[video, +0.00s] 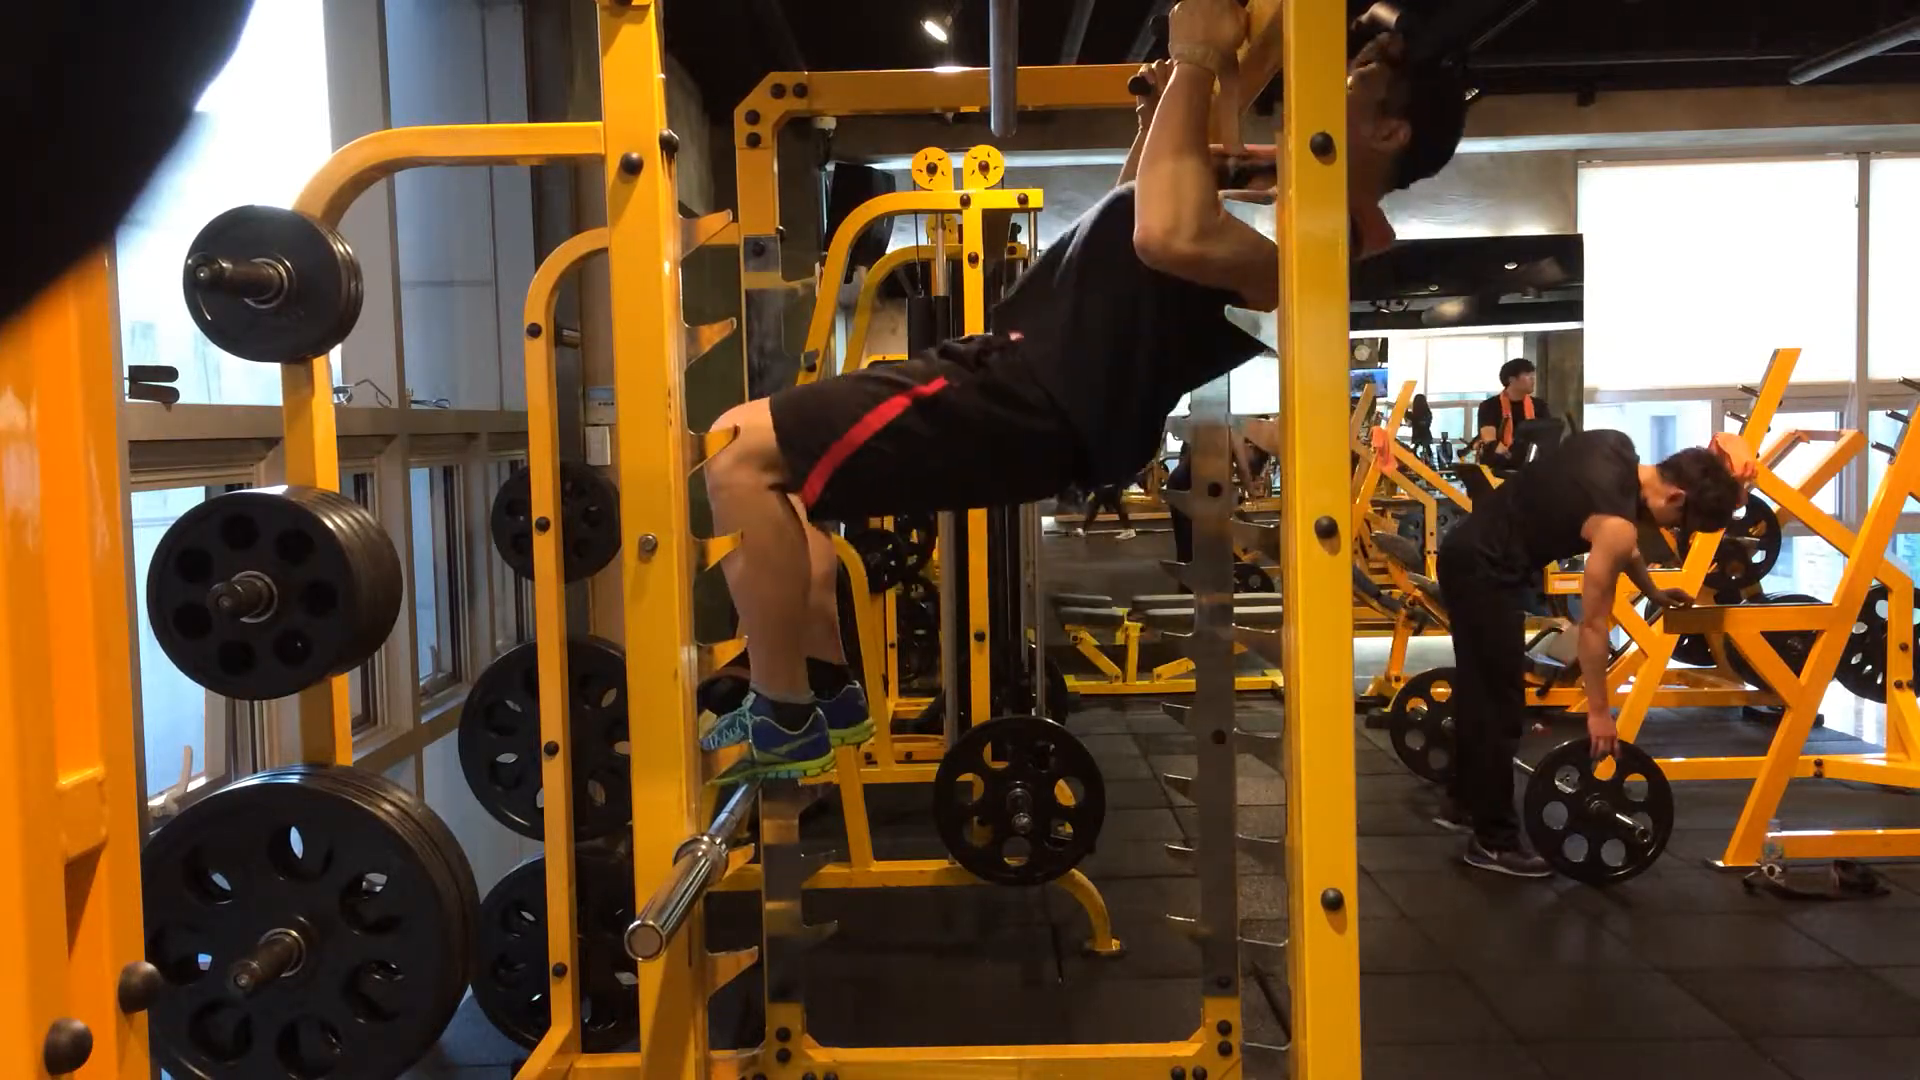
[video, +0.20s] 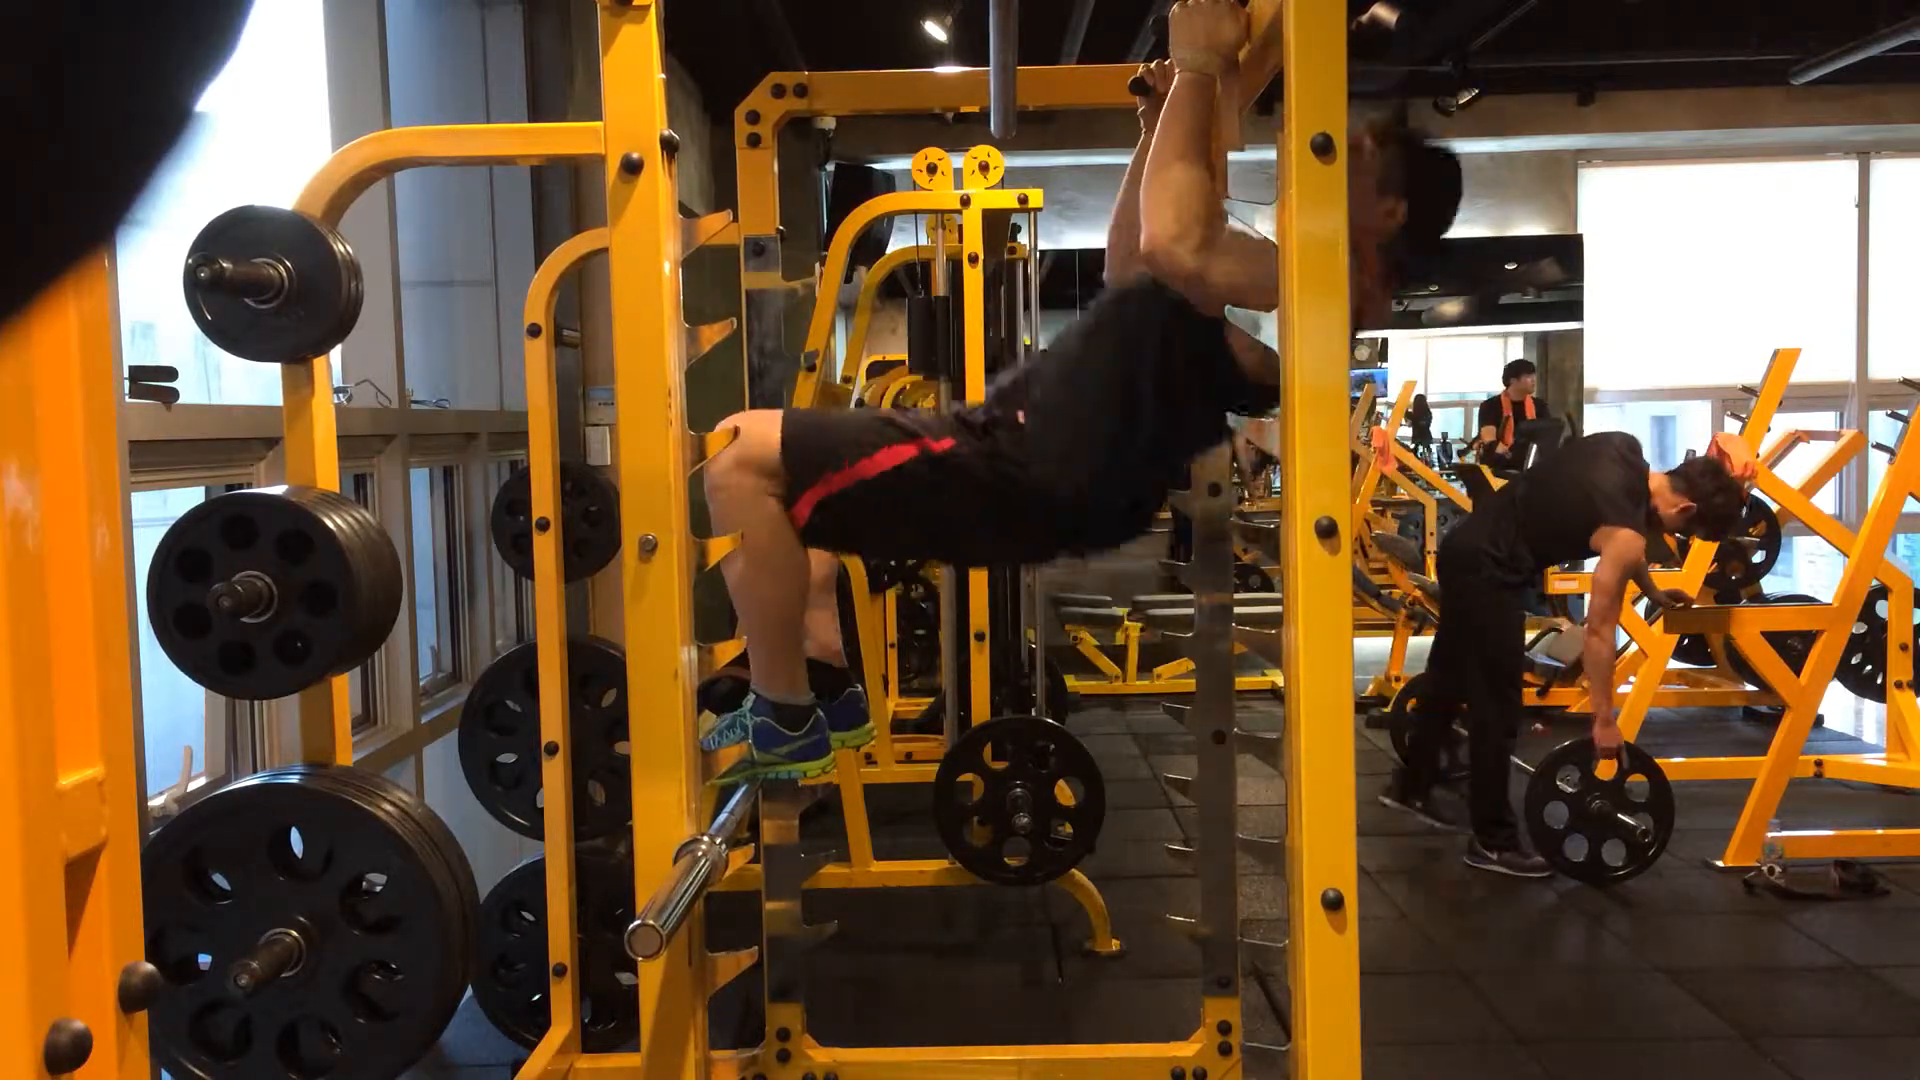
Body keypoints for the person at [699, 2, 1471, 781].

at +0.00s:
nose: (1329, 84)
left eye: (1355, 81)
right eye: (1340, 71)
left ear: (1391, 132)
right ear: (1350, 118)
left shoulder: (1343, 233)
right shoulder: (1297, 188)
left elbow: (1177, 234)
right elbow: (1156, 195)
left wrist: (1199, 60)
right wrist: (1191, 80)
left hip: (1050, 407)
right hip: (1016, 364)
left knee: (743, 459)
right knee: (749, 433)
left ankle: (784, 712)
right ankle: (826, 672)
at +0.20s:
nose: (1321, 176)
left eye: (1348, 169)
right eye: (1336, 163)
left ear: (1386, 212)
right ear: (1372, 212)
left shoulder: (1344, 278)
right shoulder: (1314, 292)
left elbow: (1183, 249)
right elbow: (1129, 273)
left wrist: (1199, 72)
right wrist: (1157, 130)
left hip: (1031, 475)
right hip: (1024, 447)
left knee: (741, 462)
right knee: (754, 432)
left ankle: (783, 713)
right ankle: (821, 654)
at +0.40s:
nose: (1300, 257)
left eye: (1334, 257)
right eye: (1316, 249)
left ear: (1377, 308)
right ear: (1329, 281)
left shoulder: (1305, 394)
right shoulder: (1252, 363)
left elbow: (1196, 259)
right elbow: (1148, 286)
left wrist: (1204, 76)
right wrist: (1159, 137)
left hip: (1025, 563)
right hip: (1018, 524)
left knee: (750, 461)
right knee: (791, 456)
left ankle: (782, 712)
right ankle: (826, 681)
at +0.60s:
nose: (1308, 276)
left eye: (1342, 282)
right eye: (1323, 265)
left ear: (1376, 332)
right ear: (1322, 293)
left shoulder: (1311, 403)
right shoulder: (1253, 368)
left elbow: (1194, 265)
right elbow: (1145, 287)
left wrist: (1204, 78)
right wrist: (1156, 144)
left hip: (1004, 562)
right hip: (999, 521)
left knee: (742, 467)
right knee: (779, 450)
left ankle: (783, 715)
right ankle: (825, 677)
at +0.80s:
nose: (1327, 179)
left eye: (1354, 176)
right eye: (1340, 167)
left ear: (1391, 225)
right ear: (1366, 215)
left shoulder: (1332, 297)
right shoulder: (1315, 300)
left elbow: (1176, 246)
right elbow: (1144, 250)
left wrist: (1197, 74)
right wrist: (1171, 108)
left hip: (1011, 465)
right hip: (1010, 440)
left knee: (724, 477)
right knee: (732, 434)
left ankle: (777, 712)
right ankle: (818, 665)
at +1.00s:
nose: (1325, 84)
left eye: (1354, 84)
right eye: (1340, 68)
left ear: (1382, 133)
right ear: (1331, 91)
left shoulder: (1328, 232)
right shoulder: (1280, 180)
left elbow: (1170, 237)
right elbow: (1168, 209)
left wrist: (1193, 67)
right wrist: (1186, 102)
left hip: (1023, 392)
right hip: (995, 356)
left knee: (727, 471)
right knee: (730, 434)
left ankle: (781, 713)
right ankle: (818, 670)